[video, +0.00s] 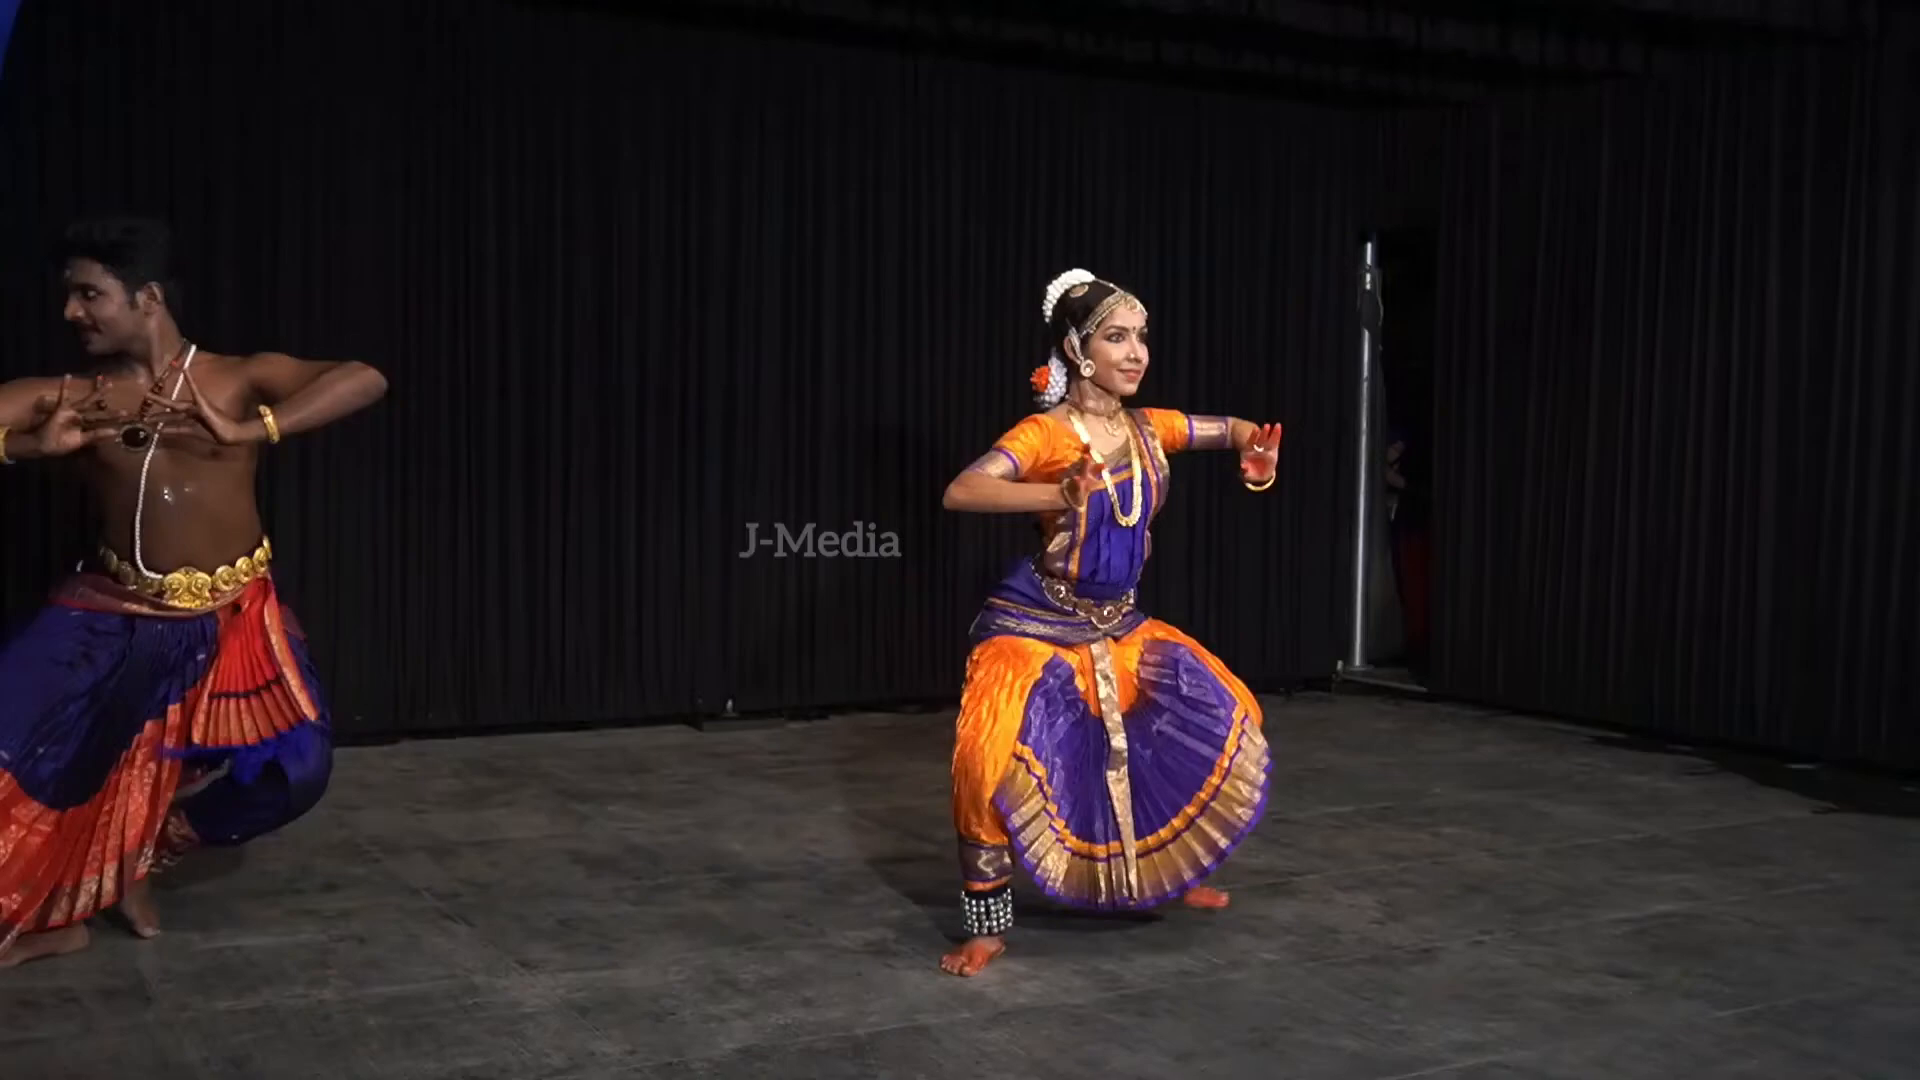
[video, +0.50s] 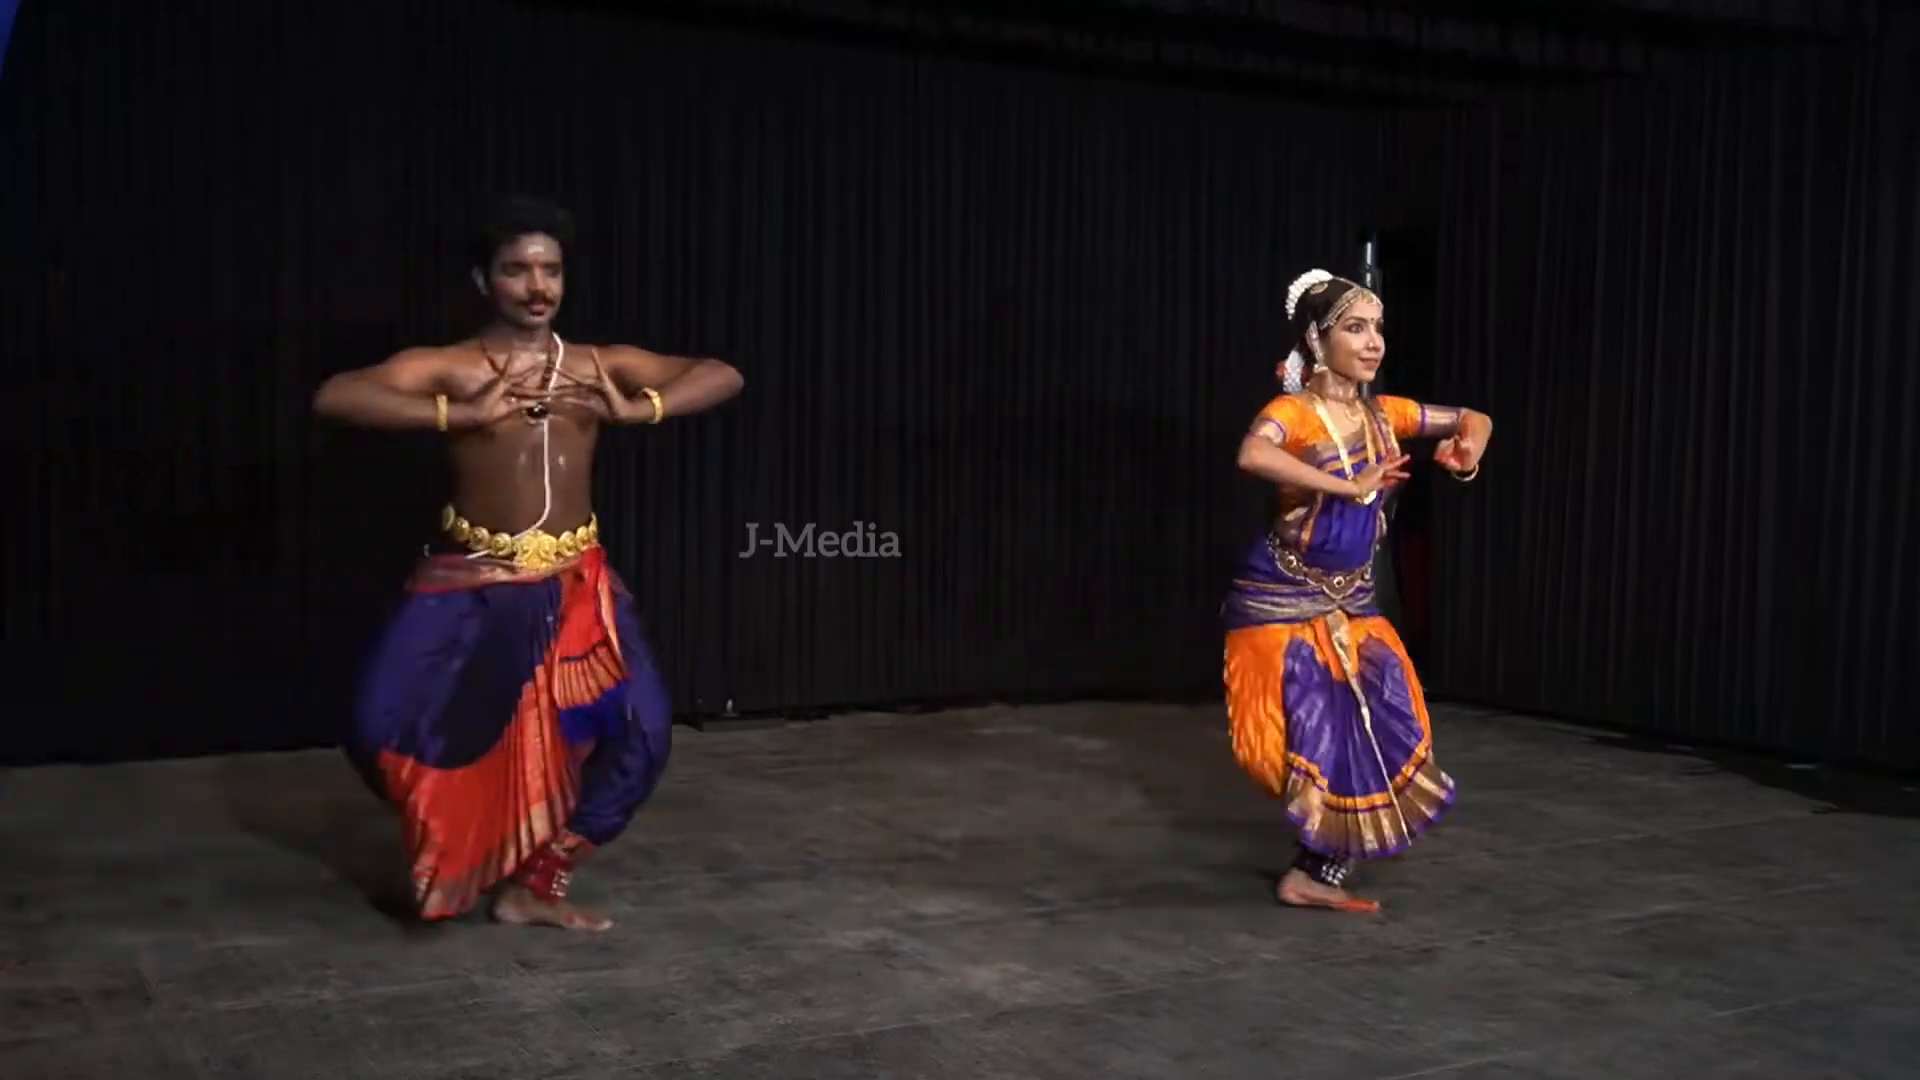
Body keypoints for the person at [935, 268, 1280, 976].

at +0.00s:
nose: (1137, 352)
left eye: (1142, 337)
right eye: (1119, 338)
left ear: (1146, 349)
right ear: (1078, 352)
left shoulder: (1151, 427)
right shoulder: (1047, 435)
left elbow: (1233, 429)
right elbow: (962, 491)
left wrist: (1255, 447)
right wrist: (1058, 494)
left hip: (1120, 626)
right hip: (1034, 624)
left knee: (1229, 710)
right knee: (980, 750)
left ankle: (1168, 863)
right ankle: (986, 924)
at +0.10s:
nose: (1163, 353)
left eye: (1168, 338)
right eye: (1146, 337)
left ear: (1171, 351)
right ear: (1104, 350)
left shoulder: (1172, 427)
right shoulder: (1074, 429)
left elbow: (1260, 431)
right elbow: (1002, 473)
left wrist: (1265, 459)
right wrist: (1100, 498)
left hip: (1138, 623)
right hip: (1054, 620)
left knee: (1249, 701)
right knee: (995, 747)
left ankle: (1214, 867)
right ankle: (988, 922)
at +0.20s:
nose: (1227, 346)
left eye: (1233, 332)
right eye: (1210, 331)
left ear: (1237, 343)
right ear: (1168, 342)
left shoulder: (1238, 422)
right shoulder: (1140, 417)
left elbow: (1327, 434)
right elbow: (1095, 456)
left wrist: (1327, 458)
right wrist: (1194, 494)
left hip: (1201, 616)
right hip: (1117, 612)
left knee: (1295, 712)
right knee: (1042, 737)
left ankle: (1296, 877)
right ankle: (995, 916)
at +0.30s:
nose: (1287, 344)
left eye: (1292, 330)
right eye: (1270, 329)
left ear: (1295, 342)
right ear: (1226, 342)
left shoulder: (1298, 418)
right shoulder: (1203, 413)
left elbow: (1388, 426)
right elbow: (1163, 459)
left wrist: (1387, 452)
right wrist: (1255, 491)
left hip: (1264, 611)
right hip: (1182, 605)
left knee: (1341, 718)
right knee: (1091, 721)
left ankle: (1309, 881)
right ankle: (1050, 894)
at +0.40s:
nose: (1335, 344)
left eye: (1339, 331)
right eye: (1319, 329)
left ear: (1342, 343)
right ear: (1279, 341)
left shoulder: (1344, 415)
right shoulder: (1253, 412)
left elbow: (1437, 422)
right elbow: (1211, 459)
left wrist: (1431, 447)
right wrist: (1309, 491)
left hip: (1313, 607)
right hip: (1234, 601)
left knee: (1362, 720)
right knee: (1168, 711)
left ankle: (1312, 880)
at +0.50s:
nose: (1374, 342)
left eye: (1379, 329)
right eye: (1357, 328)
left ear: (1383, 339)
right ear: (1318, 340)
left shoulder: (1385, 412)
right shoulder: (1293, 411)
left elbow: (1476, 420)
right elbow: (1254, 455)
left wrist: (1471, 442)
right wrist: (1349, 485)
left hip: (1351, 607)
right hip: (1279, 607)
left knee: (1392, 721)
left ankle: (1314, 875)